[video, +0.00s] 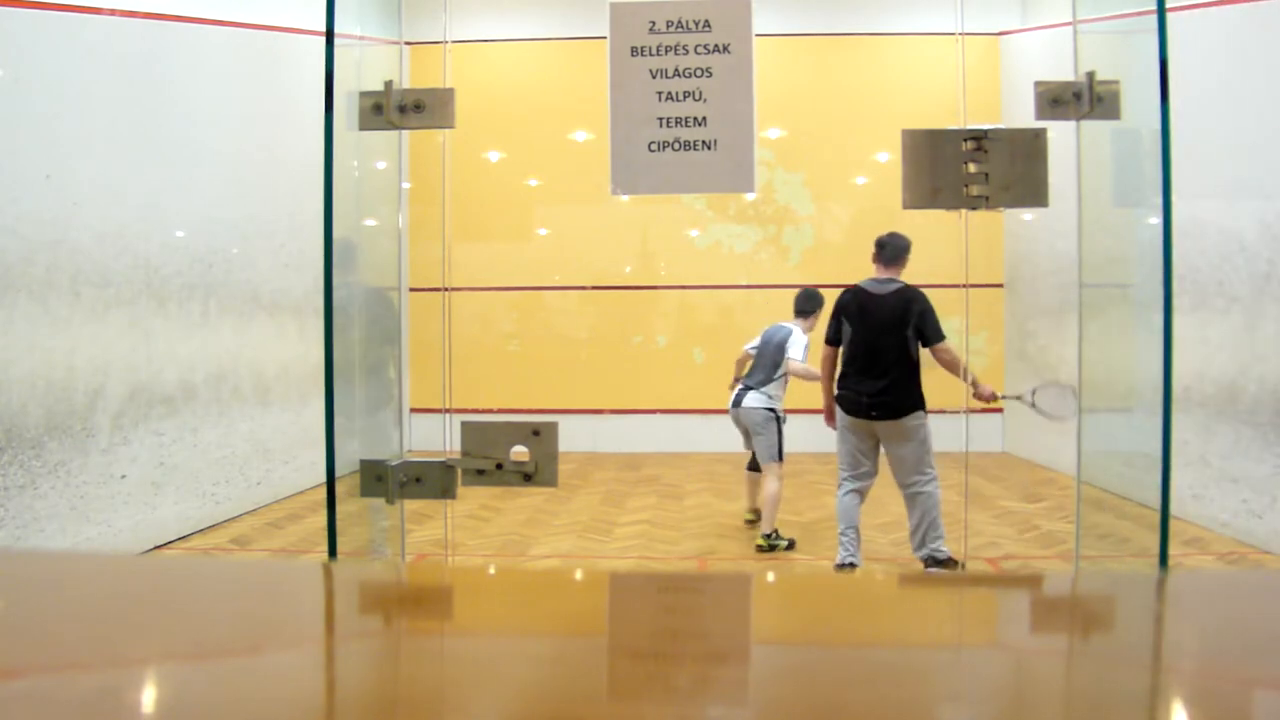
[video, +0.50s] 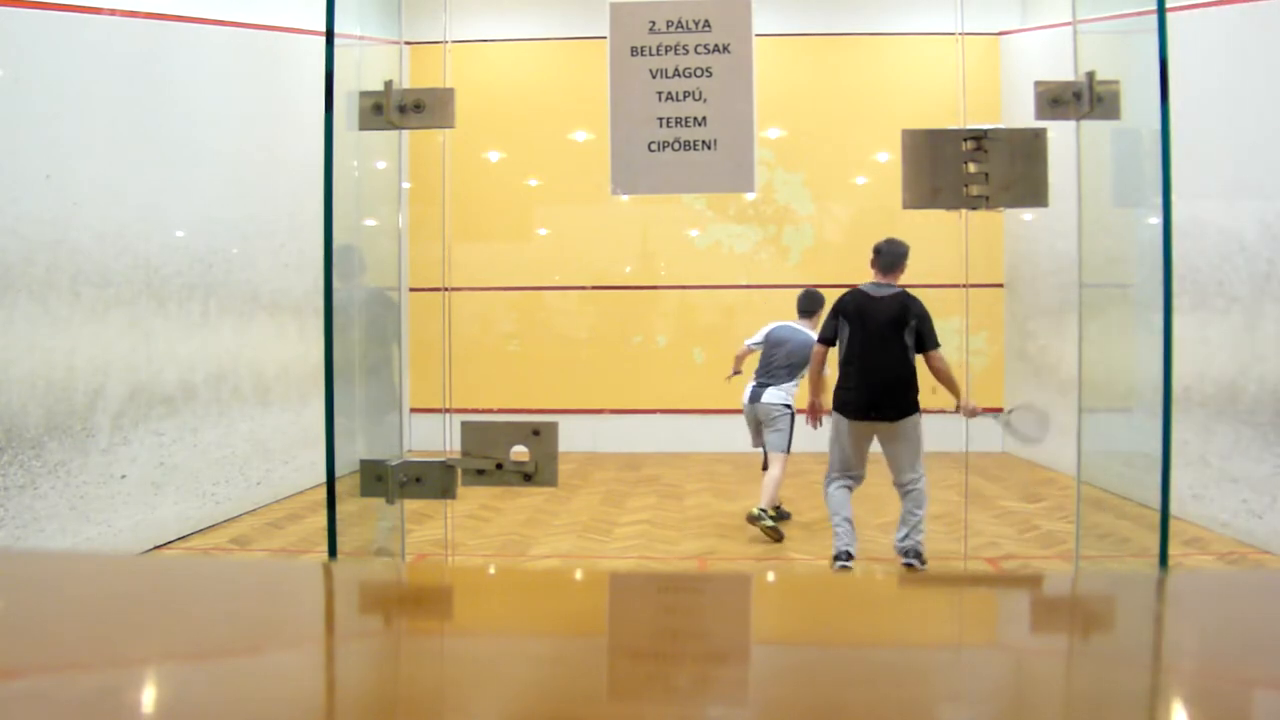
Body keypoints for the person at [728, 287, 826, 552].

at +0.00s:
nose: (817, 321)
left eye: (818, 317)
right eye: (818, 317)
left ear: (794, 311)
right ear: (815, 315)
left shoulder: (772, 330)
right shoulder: (798, 335)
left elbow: (743, 356)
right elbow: (794, 368)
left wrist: (736, 378)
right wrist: (827, 377)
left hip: (740, 403)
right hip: (762, 407)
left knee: (756, 455)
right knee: (772, 472)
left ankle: (752, 509)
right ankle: (768, 534)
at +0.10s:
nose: (826, 328)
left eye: (827, 323)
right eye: (826, 323)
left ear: (802, 317)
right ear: (819, 320)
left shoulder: (778, 334)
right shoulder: (801, 339)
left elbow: (746, 355)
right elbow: (799, 369)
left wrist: (740, 370)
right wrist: (830, 369)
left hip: (743, 406)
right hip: (764, 410)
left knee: (760, 462)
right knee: (774, 473)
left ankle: (772, 501)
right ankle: (767, 529)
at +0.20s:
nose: (826, 334)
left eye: (827, 329)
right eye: (826, 329)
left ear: (804, 321)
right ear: (820, 326)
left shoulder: (780, 337)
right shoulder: (801, 346)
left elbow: (748, 357)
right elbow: (809, 387)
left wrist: (740, 374)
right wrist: (834, 390)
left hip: (747, 407)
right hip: (766, 411)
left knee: (771, 462)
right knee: (775, 470)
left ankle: (773, 508)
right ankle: (766, 523)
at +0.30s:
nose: (827, 329)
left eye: (828, 324)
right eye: (827, 324)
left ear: (804, 318)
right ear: (821, 322)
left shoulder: (777, 334)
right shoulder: (807, 350)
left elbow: (746, 358)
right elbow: (815, 392)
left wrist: (743, 376)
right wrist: (837, 398)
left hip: (748, 404)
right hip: (770, 408)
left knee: (772, 460)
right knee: (776, 467)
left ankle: (774, 505)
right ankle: (763, 518)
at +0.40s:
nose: (824, 323)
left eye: (824, 319)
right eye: (824, 319)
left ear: (800, 315)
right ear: (820, 318)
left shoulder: (775, 331)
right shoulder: (812, 349)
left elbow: (743, 355)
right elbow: (823, 385)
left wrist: (741, 370)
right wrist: (837, 398)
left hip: (749, 402)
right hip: (774, 405)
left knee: (769, 456)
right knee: (775, 466)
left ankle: (773, 505)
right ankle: (762, 512)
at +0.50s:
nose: (820, 315)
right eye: (821, 311)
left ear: (798, 308)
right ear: (819, 312)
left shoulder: (776, 328)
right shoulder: (816, 343)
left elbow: (742, 351)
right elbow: (819, 377)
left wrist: (736, 368)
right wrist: (818, 403)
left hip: (753, 396)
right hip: (779, 400)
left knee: (768, 454)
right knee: (777, 461)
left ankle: (772, 503)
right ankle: (763, 509)